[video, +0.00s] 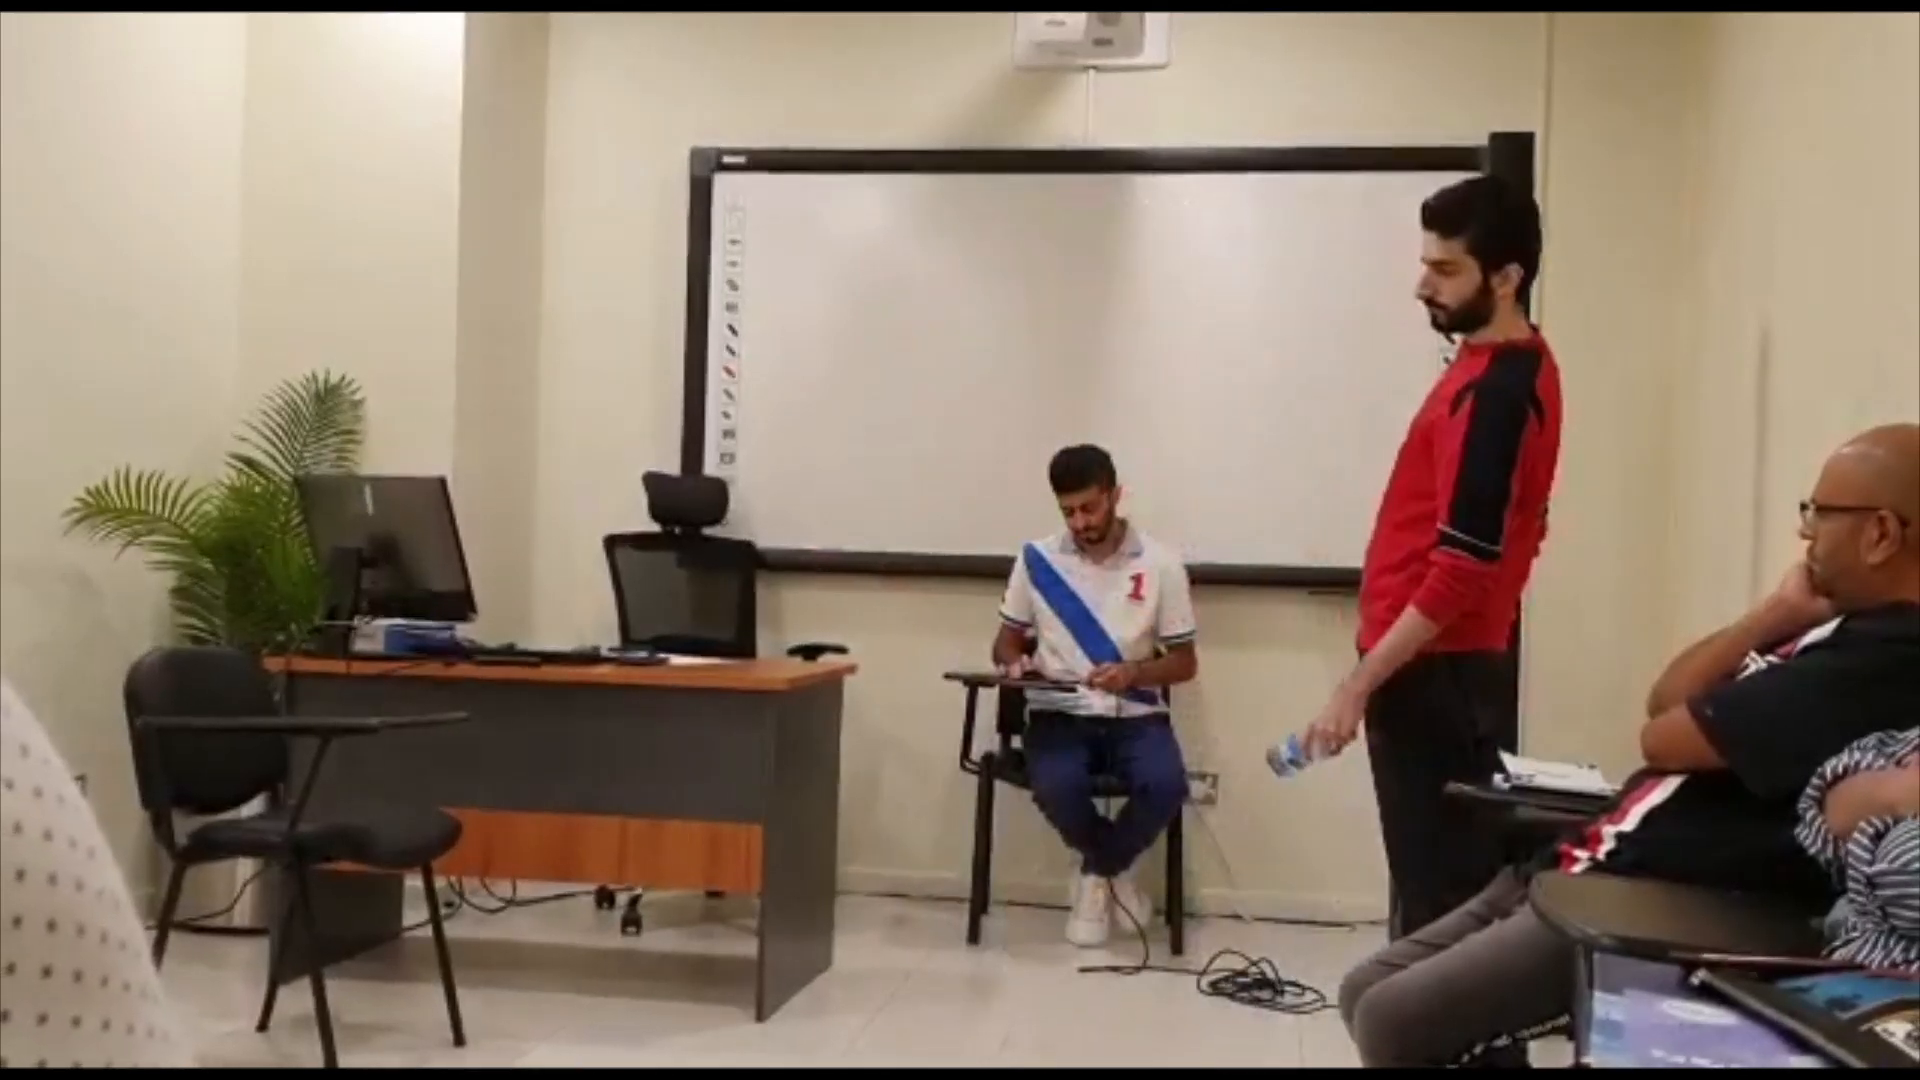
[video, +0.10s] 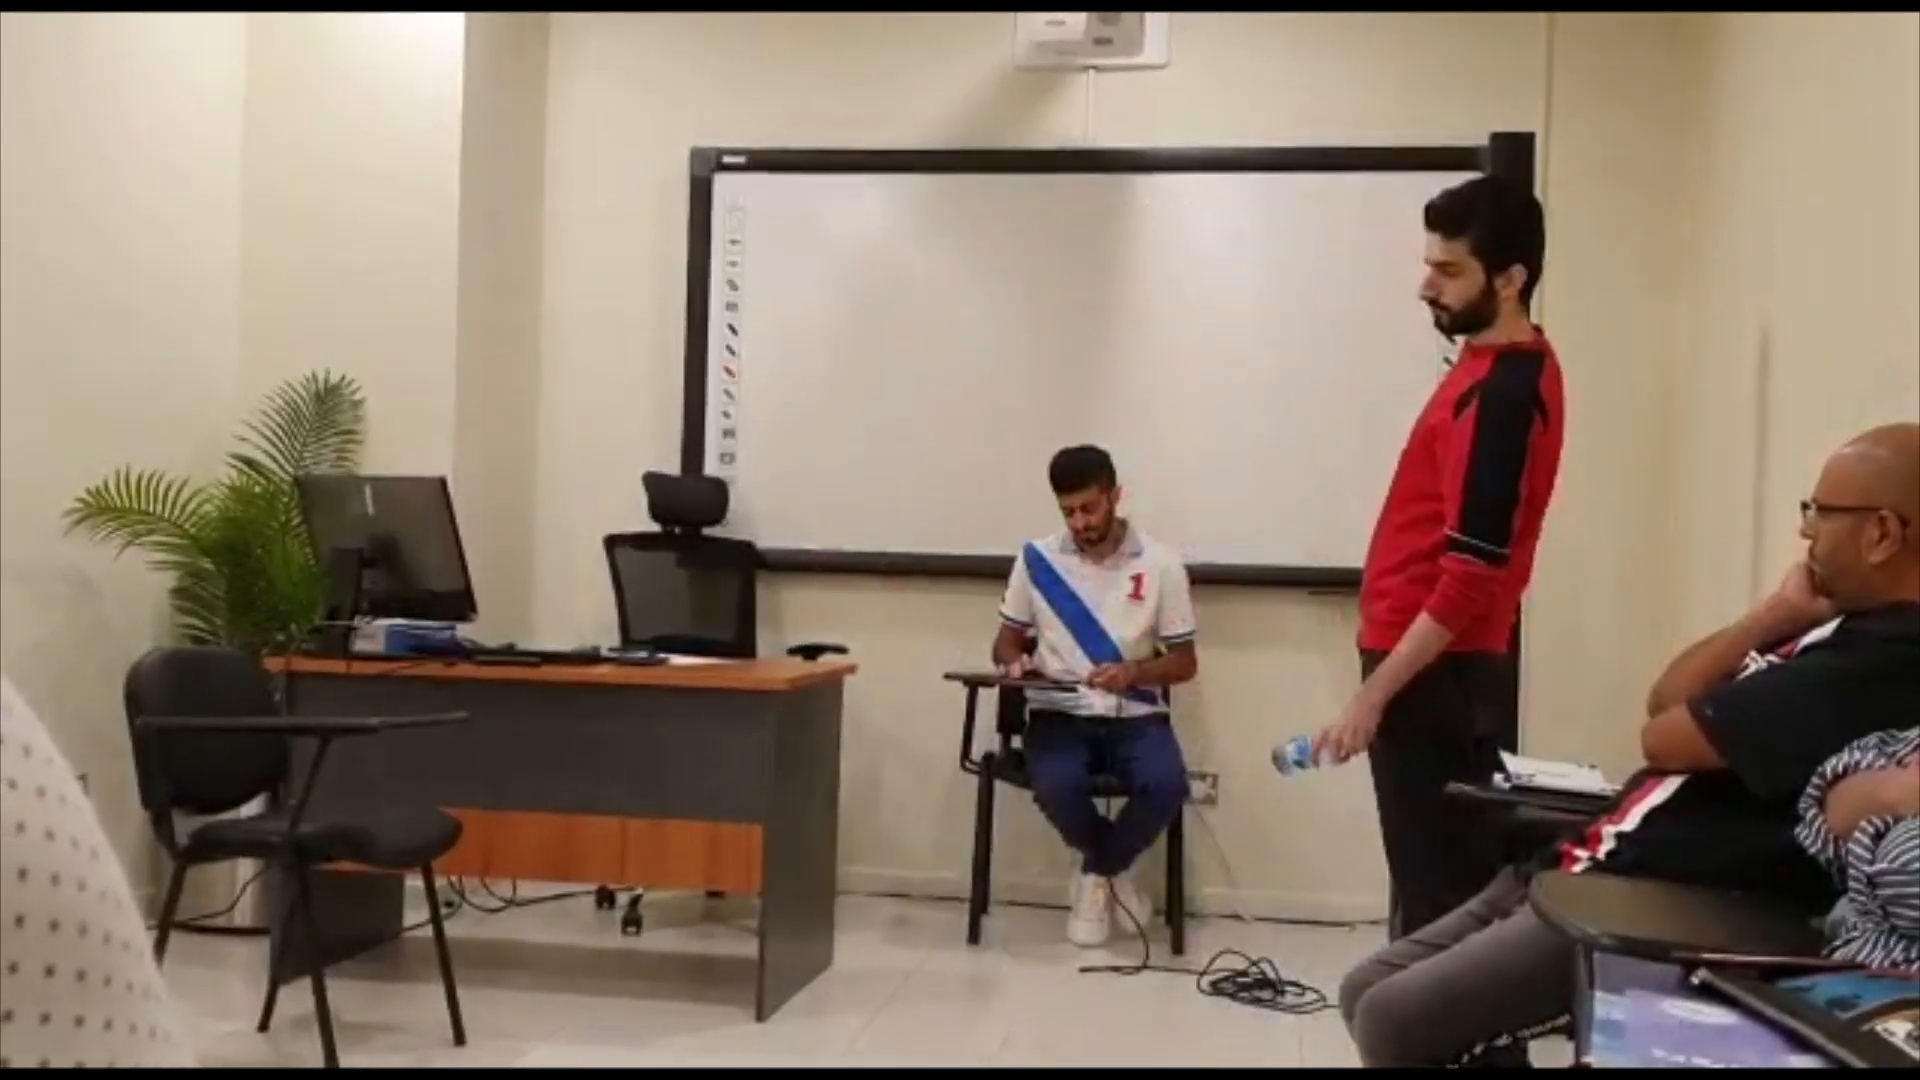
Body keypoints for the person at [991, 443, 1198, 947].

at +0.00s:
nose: (1080, 522)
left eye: (1089, 508)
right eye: (1069, 512)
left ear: (1116, 496)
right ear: (1059, 507)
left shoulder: (1159, 564)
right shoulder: (1036, 561)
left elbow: (1184, 662)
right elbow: (1006, 645)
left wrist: (1132, 674)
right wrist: (1014, 662)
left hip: (1135, 716)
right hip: (1059, 715)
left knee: (1164, 788)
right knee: (1056, 791)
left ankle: (1096, 878)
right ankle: (1114, 870)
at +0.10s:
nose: (1080, 523)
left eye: (1089, 508)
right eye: (1069, 512)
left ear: (1116, 497)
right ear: (1059, 507)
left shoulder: (1159, 564)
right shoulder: (1036, 560)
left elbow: (1184, 662)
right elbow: (1007, 643)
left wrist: (1132, 674)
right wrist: (1014, 661)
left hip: (1135, 716)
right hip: (1059, 715)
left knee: (1164, 788)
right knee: (1056, 791)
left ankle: (1096, 878)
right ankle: (1115, 870)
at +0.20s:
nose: (1080, 523)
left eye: (1089, 509)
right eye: (1069, 513)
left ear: (1116, 497)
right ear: (1058, 508)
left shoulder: (1159, 564)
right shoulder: (1037, 560)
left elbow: (1184, 662)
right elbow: (1007, 641)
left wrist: (1131, 674)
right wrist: (1014, 661)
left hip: (1135, 716)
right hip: (1059, 715)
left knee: (1164, 788)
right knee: (1056, 791)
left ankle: (1096, 878)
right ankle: (1115, 868)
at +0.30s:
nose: (1079, 523)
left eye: (1088, 509)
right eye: (1068, 513)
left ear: (1115, 497)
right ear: (1058, 508)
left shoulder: (1159, 564)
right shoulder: (1036, 560)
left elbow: (1184, 662)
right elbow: (1007, 641)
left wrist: (1132, 674)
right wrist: (1014, 661)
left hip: (1135, 716)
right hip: (1059, 715)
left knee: (1164, 788)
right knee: (1056, 790)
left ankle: (1095, 878)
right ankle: (1114, 869)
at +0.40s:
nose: (1079, 524)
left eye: (1088, 510)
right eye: (1068, 513)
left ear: (1115, 497)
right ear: (1057, 509)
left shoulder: (1159, 564)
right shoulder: (1036, 561)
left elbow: (1184, 662)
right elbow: (1007, 644)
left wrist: (1131, 675)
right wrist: (1014, 662)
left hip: (1135, 716)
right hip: (1058, 716)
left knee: (1164, 787)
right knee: (1056, 790)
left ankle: (1095, 879)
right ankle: (1114, 872)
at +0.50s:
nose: (1079, 524)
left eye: (1088, 510)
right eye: (1068, 514)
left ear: (1115, 497)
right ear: (1058, 509)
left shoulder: (1159, 565)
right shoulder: (1036, 561)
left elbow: (1184, 662)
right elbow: (1007, 643)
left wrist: (1132, 674)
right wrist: (1014, 661)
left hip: (1135, 717)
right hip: (1059, 716)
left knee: (1164, 788)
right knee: (1055, 789)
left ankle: (1095, 879)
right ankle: (1114, 872)